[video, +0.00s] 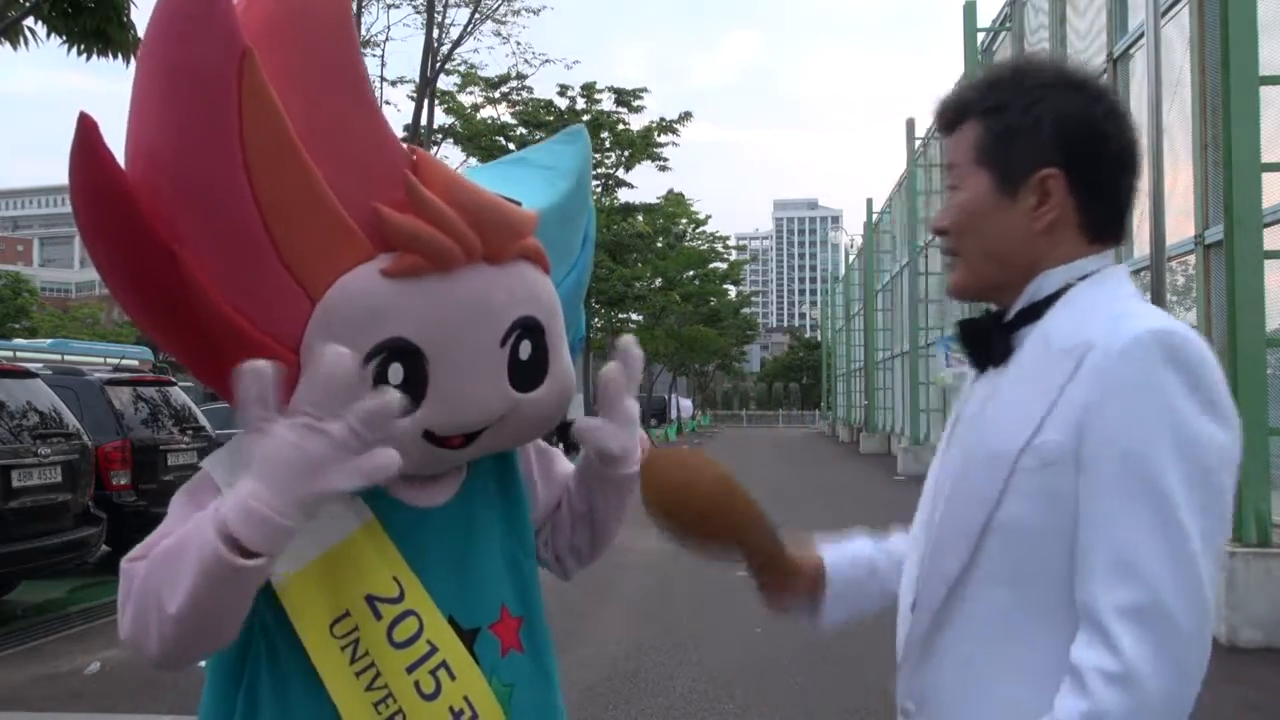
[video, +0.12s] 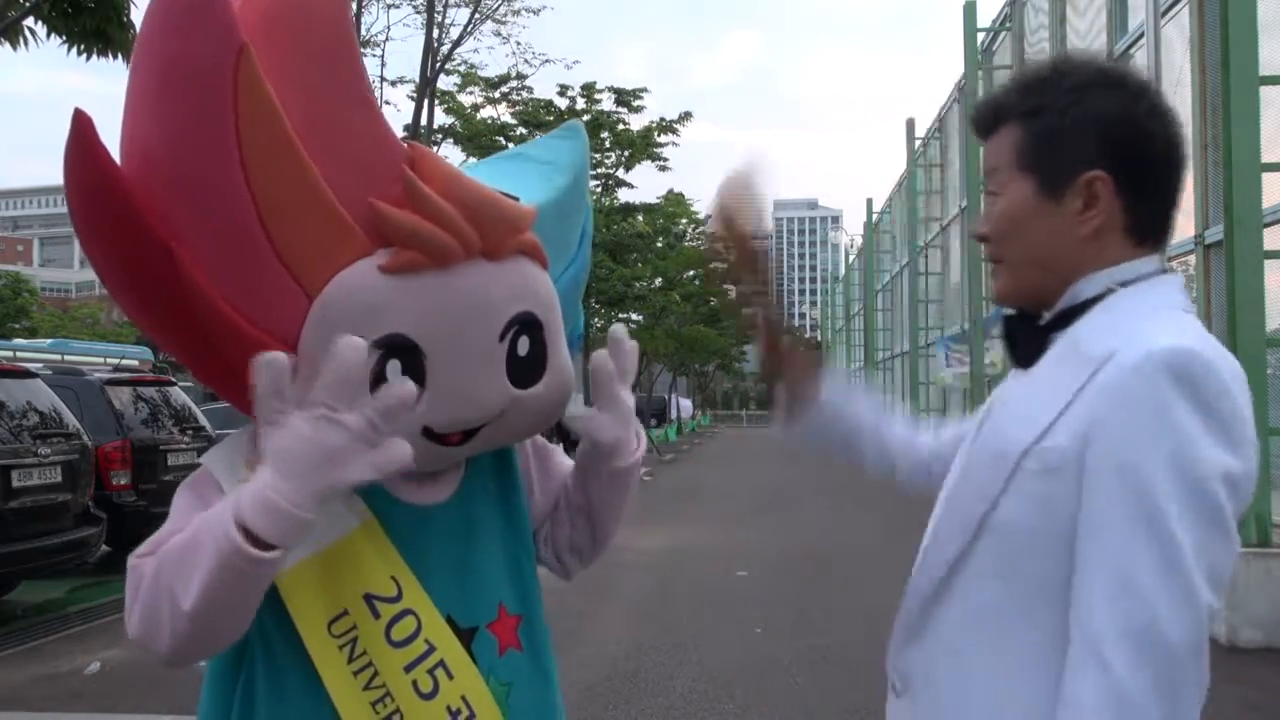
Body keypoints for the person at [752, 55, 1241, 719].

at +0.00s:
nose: (935, 222)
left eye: (954, 186)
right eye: (943, 190)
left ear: (1042, 198)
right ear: (1035, 200)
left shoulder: (1142, 356)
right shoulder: (1011, 356)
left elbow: (1139, 668)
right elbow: (964, 551)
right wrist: (823, 574)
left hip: (1020, 705)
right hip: (931, 701)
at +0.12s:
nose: (979, 226)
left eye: (996, 190)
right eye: (985, 194)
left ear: (1090, 203)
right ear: (1085, 205)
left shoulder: (1159, 373)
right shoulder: (1074, 354)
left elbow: (1131, 691)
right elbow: (931, 458)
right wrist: (800, 379)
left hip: (1011, 708)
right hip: (934, 696)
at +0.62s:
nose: (969, 202)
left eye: (987, 166)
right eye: (978, 166)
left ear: (1083, 183)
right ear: (1083, 186)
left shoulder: (1176, 378)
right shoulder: (1045, 313)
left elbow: (1172, 699)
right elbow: (948, 213)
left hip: (1021, 703)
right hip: (921, 688)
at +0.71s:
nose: (948, 196)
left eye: (962, 159)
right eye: (954, 161)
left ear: (1060, 182)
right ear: (1057, 184)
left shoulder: (1202, 387)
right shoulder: (976, 306)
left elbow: (1218, 705)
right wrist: (786, 250)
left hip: (1083, 707)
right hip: (947, 698)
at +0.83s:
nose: (979, 200)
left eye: (997, 165)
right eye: (986, 165)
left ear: (1095, 183)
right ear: (1091, 187)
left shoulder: (1234, 384)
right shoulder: (1004, 316)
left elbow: (1251, 693)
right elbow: (858, 369)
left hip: (1112, 705)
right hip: (967, 691)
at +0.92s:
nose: (1058, 197)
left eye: (1082, 159)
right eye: (1067, 162)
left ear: (1184, 179)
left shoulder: (1256, 382)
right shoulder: (1060, 319)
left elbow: (1247, 694)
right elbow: (919, 365)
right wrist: (750, 326)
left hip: (1087, 705)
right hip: (947, 688)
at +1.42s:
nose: (1080, 251)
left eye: (1108, 219)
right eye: (1077, 223)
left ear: (1222, 223)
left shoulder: (1270, 367)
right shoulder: (1065, 384)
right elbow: (993, 558)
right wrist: (899, 667)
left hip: (1252, 704)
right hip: (1115, 705)